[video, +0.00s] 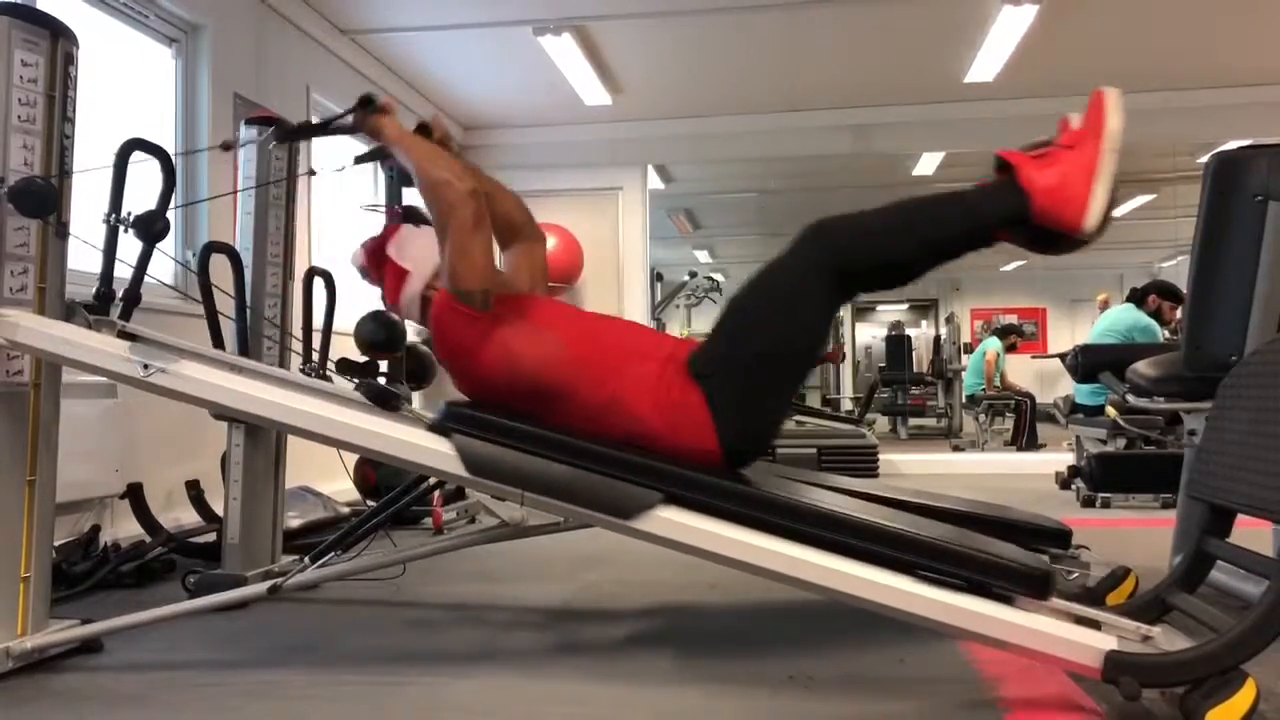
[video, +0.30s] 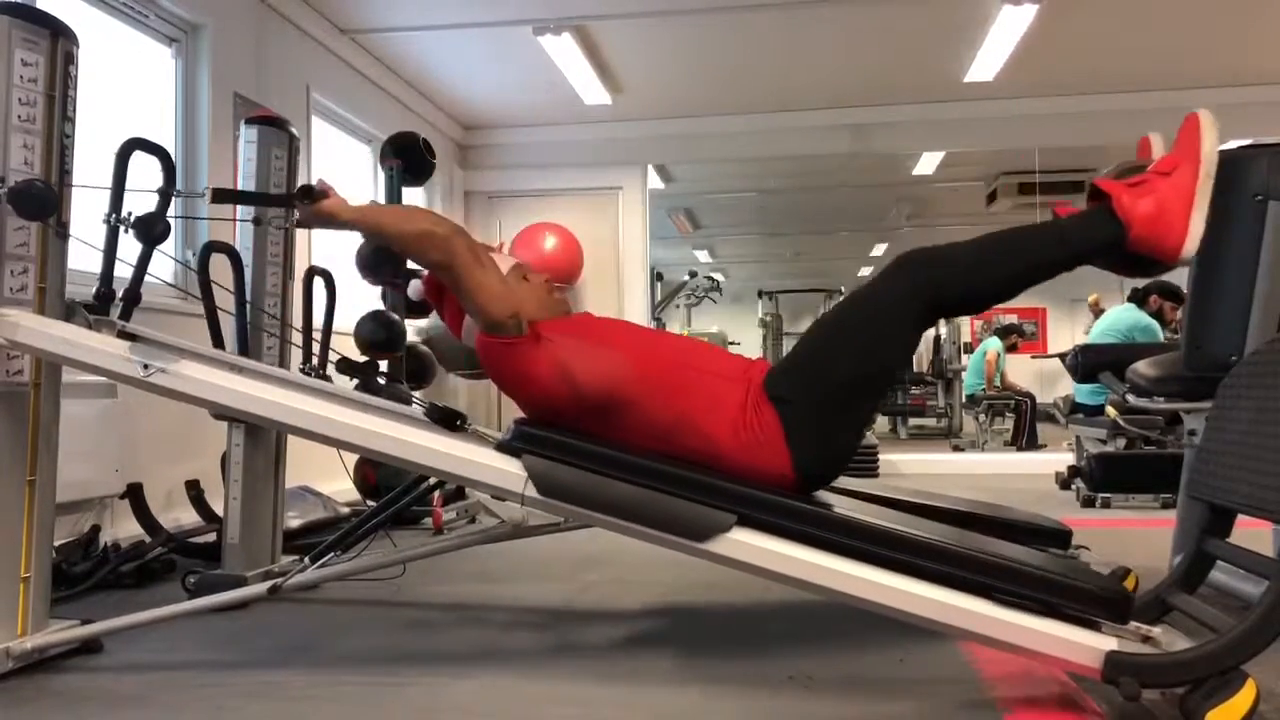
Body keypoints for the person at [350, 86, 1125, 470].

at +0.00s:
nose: (424, 246)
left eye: (414, 242)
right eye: (414, 243)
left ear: (425, 271)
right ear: (414, 271)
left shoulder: (498, 315)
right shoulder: (461, 318)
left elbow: (525, 233)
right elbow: (465, 210)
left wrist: (453, 153)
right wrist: (398, 139)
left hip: (709, 397)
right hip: (709, 414)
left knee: (823, 250)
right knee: (821, 252)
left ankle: (1029, 194)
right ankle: (1033, 196)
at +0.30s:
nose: (521, 248)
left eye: (511, 246)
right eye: (505, 250)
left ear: (482, 310)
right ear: (488, 295)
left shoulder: (545, 339)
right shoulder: (523, 339)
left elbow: (566, 249)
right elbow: (442, 235)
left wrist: (467, 270)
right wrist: (349, 214)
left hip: (775, 415)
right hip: (786, 433)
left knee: (910, 273)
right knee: (913, 279)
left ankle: (1111, 216)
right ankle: (1123, 226)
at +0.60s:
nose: (417, 263)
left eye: (409, 260)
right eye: (409, 258)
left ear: (423, 280)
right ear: (422, 276)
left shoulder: (497, 316)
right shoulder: (481, 322)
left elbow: (558, 251)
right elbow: (474, 216)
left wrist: (454, 223)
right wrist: (397, 178)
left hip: (721, 404)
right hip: (726, 424)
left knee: (850, 262)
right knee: (850, 265)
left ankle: (1055, 211)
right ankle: (1065, 215)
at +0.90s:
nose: (361, 213)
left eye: (351, 205)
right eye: (343, 214)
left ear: (329, 244)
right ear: (320, 249)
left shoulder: (398, 295)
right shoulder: (355, 308)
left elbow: (515, 286)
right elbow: (425, 250)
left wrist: (531, 195)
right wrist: (451, 127)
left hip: (588, 362)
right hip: (591, 381)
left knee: (644, 191)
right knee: (645, 189)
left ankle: (831, 135)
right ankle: (831, 130)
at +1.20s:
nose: (297, 176)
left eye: (286, 166)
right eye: (276, 172)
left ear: (244, 207)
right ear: (240, 206)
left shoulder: (292, 262)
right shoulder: (279, 252)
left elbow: (421, 236)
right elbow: (406, 224)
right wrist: (529, 180)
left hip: (497, 343)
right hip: (494, 345)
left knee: (477, 167)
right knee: (467, 147)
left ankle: (659, 120)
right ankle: (640, 83)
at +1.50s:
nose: (301, 167)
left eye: (289, 156)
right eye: (280, 160)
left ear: (249, 196)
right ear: (242, 193)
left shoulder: (297, 255)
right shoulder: (279, 244)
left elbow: (433, 263)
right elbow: (397, 228)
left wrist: (576, 264)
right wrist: (533, 196)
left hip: (498, 343)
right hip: (490, 345)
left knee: (483, 165)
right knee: (471, 147)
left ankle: (673, 120)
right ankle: (651, 83)